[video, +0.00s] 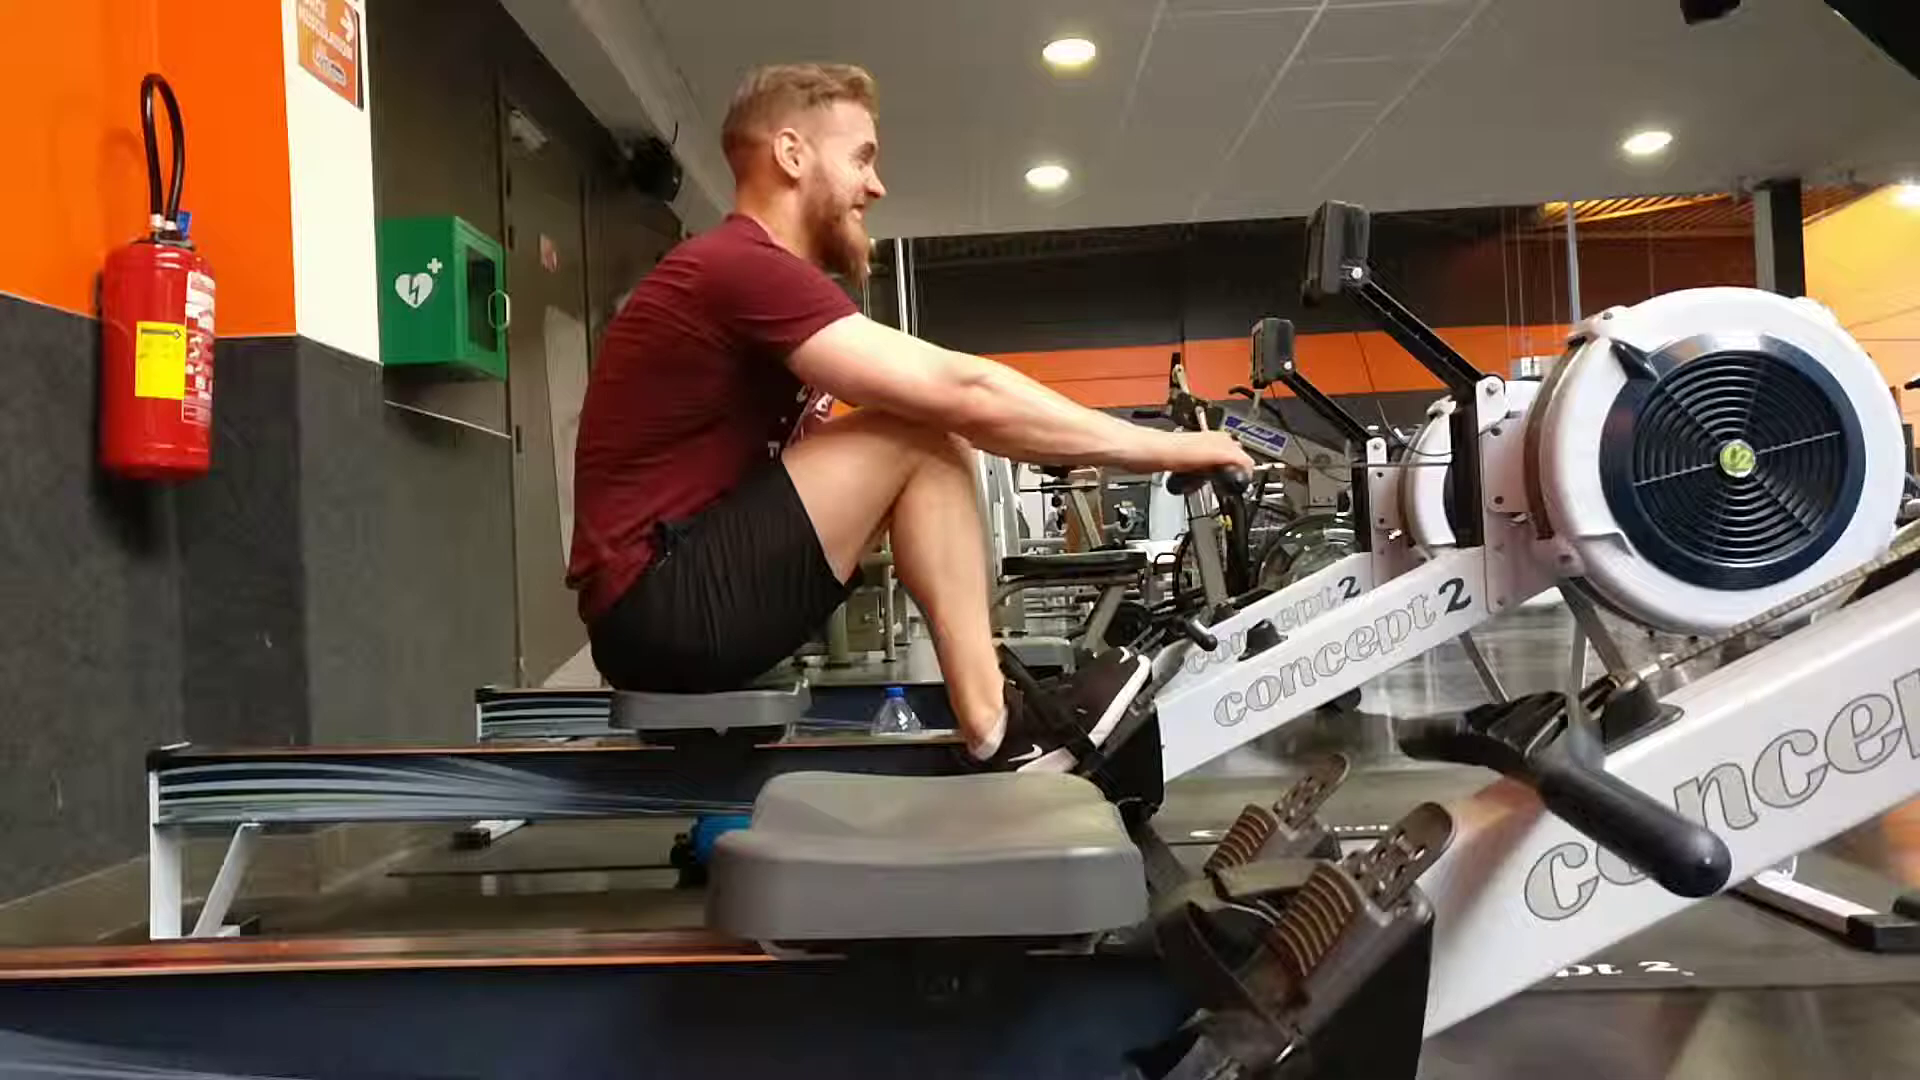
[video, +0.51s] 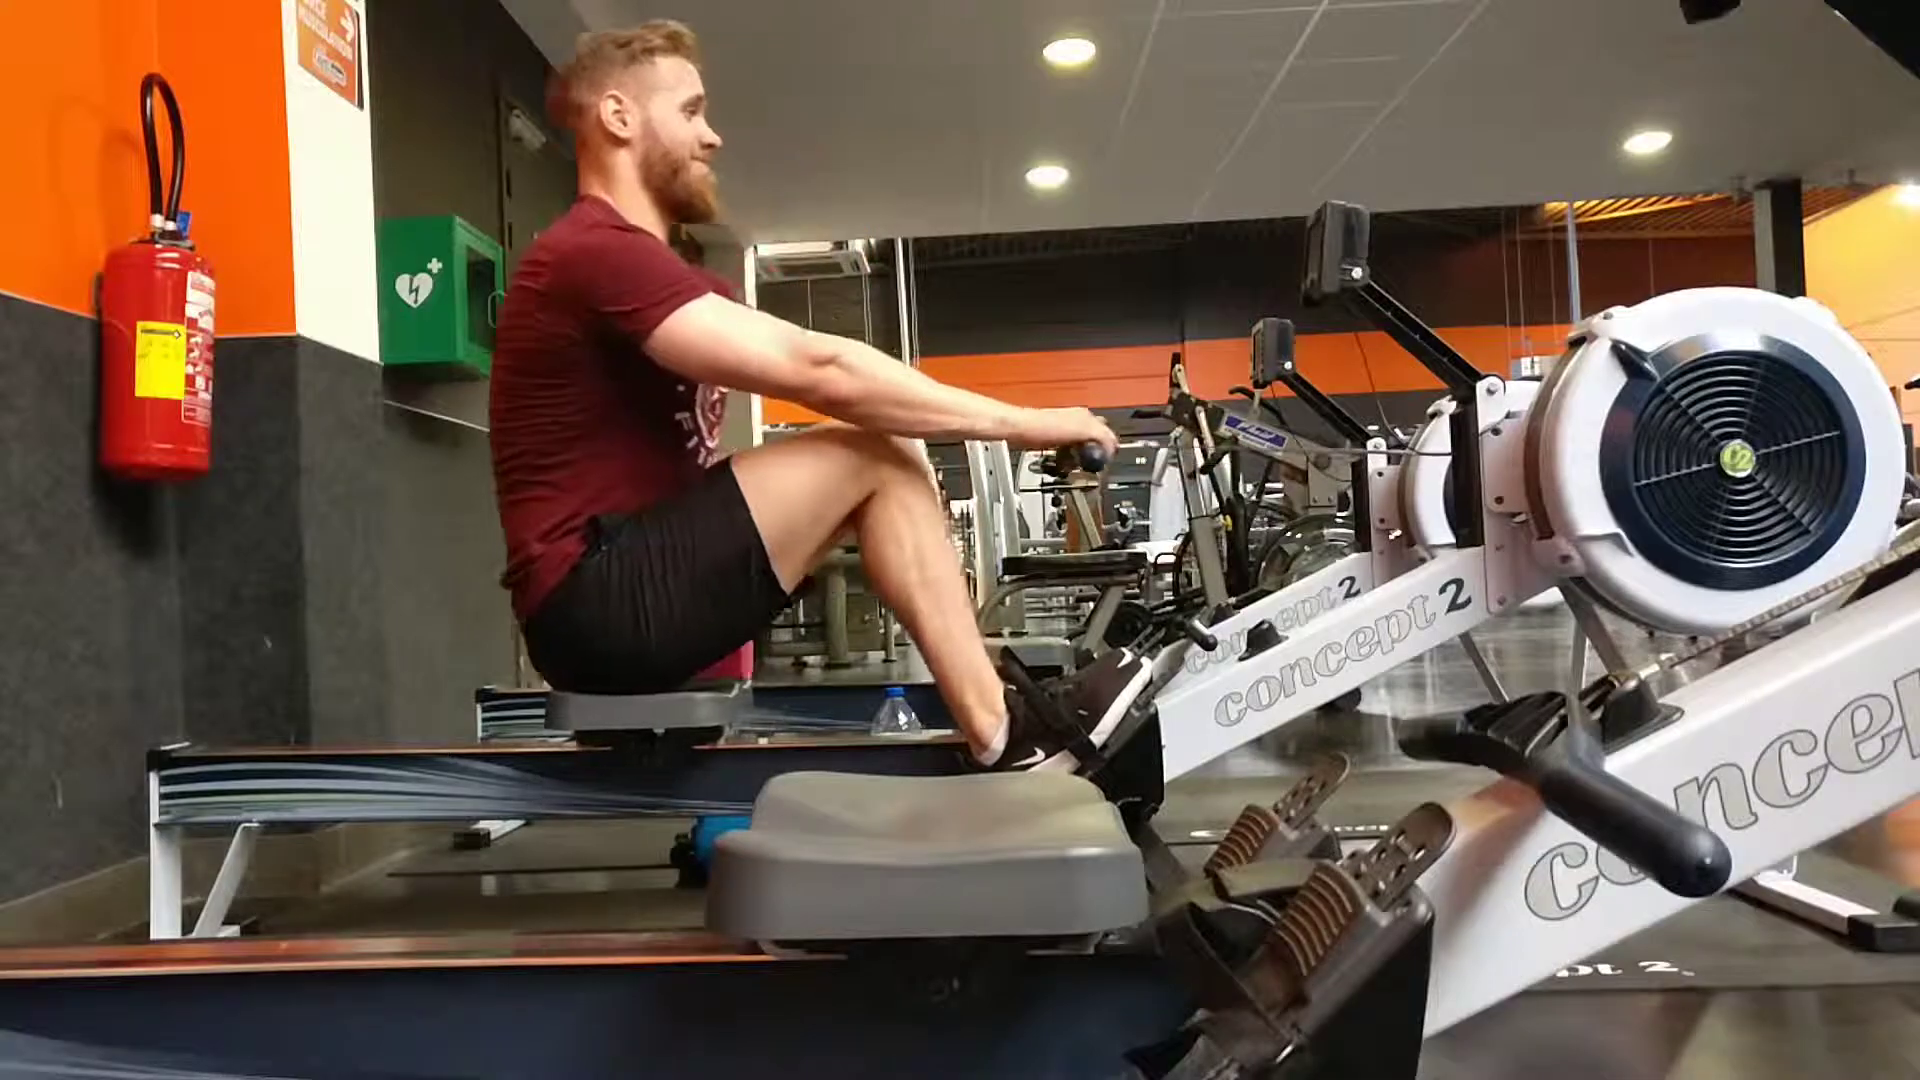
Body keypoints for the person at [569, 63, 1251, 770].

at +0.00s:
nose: (876, 185)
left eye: (875, 162)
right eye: (862, 156)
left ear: (793, 158)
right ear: (790, 152)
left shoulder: (755, 273)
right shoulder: (743, 267)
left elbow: (961, 384)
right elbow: (966, 399)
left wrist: (1133, 438)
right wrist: (1160, 449)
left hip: (672, 605)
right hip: (662, 613)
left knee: (925, 427)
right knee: (921, 433)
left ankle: (990, 714)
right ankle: (991, 731)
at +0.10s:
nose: (858, 173)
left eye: (855, 150)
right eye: (843, 145)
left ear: (774, 150)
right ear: (769, 144)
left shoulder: (738, 263)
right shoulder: (727, 260)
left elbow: (944, 376)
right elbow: (948, 383)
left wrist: (1128, 429)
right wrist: (1146, 434)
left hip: (663, 600)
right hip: (655, 608)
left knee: (920, 428)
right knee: (918, 436)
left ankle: (989, 712)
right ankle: (990, 730)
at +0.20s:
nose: (834, 165)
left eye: (830, 142)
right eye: (817, 137)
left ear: (746, 142)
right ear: (743, 137)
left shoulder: (721, 258)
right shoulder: (710, 255)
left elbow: (924, 380)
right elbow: (933, 380)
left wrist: (1112, 434)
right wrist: (1130, 439)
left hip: (656, 599)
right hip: (649, 606)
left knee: (915, 431)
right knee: (912, 441)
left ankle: (989, 706)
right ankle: (989, 727)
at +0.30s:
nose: (806, 157)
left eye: (800, 132)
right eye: (786, 129)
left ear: (716, 134)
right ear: (713, 131)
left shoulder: (701, 257)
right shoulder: (686, 255)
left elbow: (894, 386)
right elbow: (905, 388)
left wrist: (1082, 442)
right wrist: (1092, 444)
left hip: (650, 595)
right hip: (639, 605)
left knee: (914, 439)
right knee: (907, 447)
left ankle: (996, 706)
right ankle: (994, 733)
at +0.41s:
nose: (767, 144)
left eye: (760, 122)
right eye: (744, 119)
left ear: (674, 129)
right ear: (670, 124)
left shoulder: (676, 260)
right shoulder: (644, 254)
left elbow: (856, 381)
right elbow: (866, 384)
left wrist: (1040, 436)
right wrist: (1052, 434)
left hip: (642, 592)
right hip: (621, 603)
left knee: (896, 445)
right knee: (891, 452)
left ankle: (999, 710)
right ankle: (997, 736)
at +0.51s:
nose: (713, 136)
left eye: (705, 112)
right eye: (690, 110)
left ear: (624, 122)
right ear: (615, 119)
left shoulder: (633, 259)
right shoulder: (599, 252)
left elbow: (814, 368)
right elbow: (818, 369)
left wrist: (1007, 421)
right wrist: (1014, 421)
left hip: (618, 592)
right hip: (598, 601)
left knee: (882, 451)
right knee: (876, 453)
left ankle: (990, 711)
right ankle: (995, 730)